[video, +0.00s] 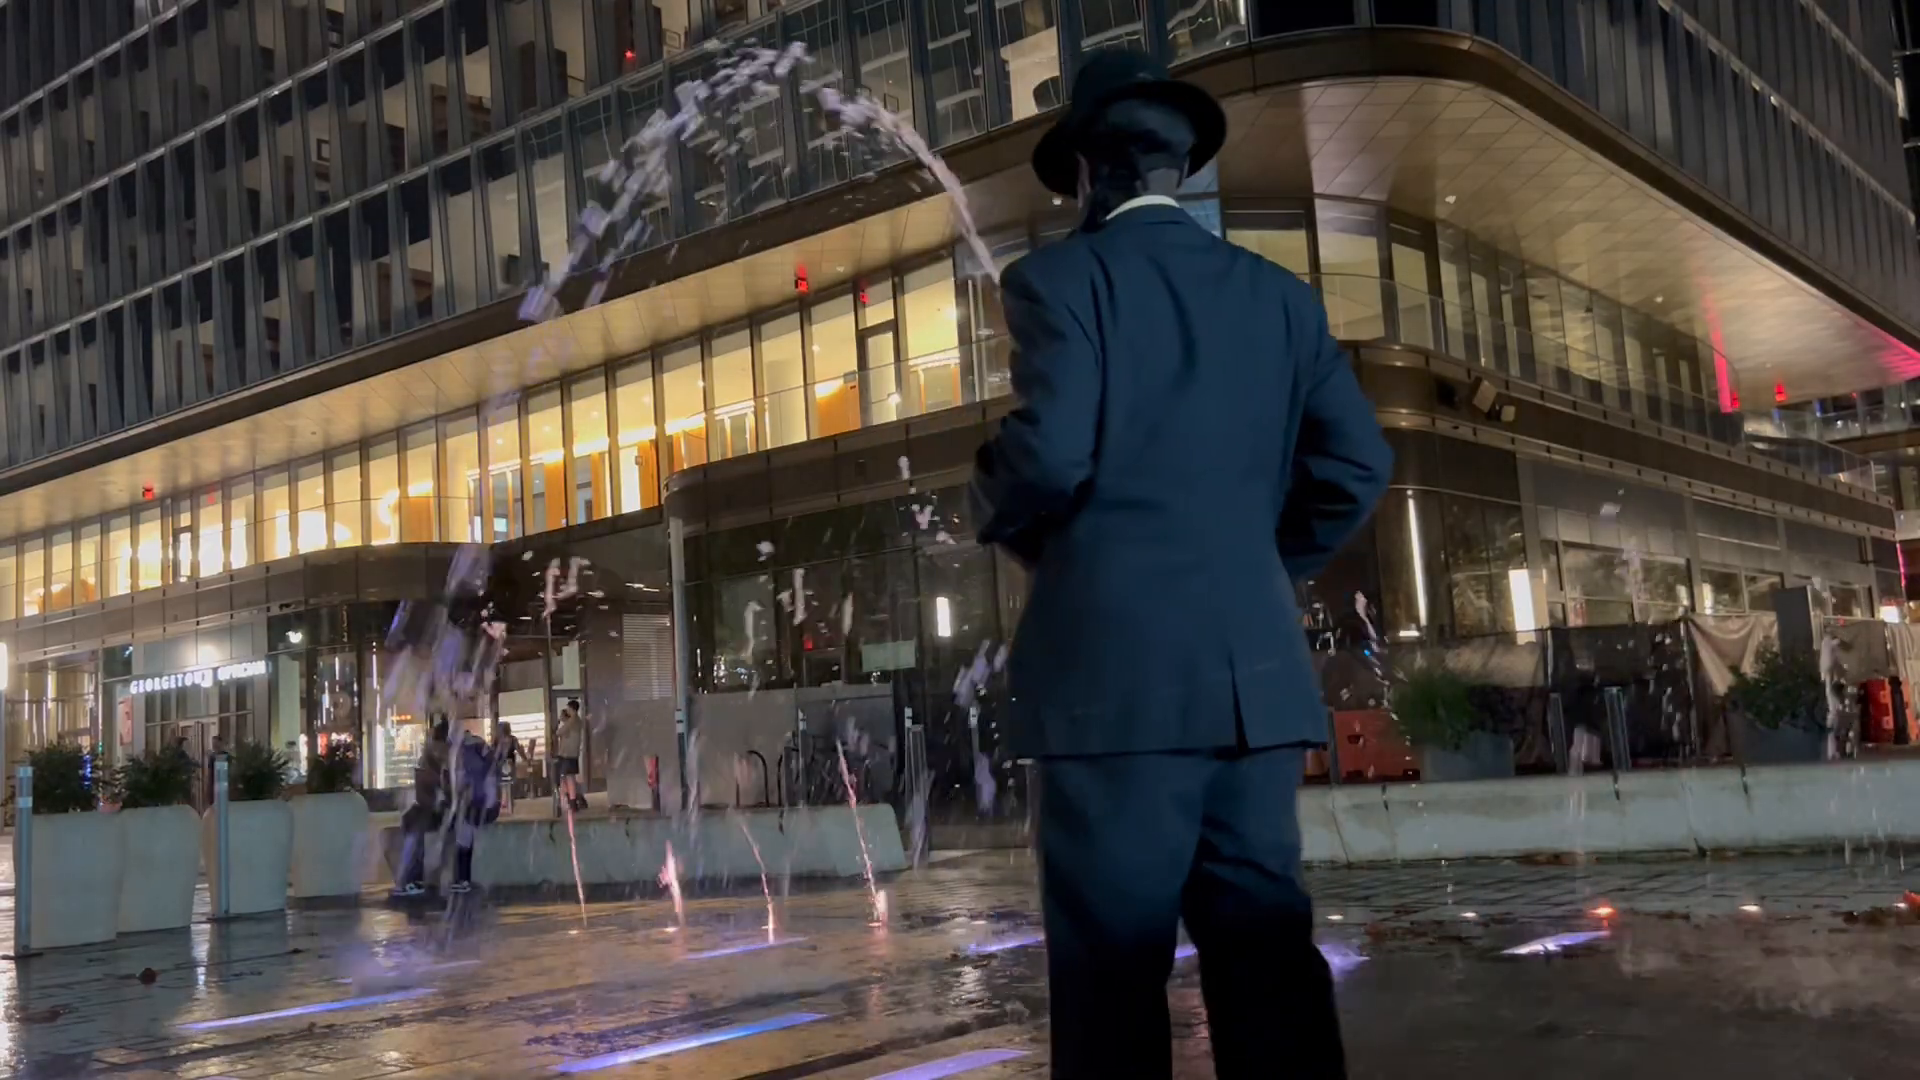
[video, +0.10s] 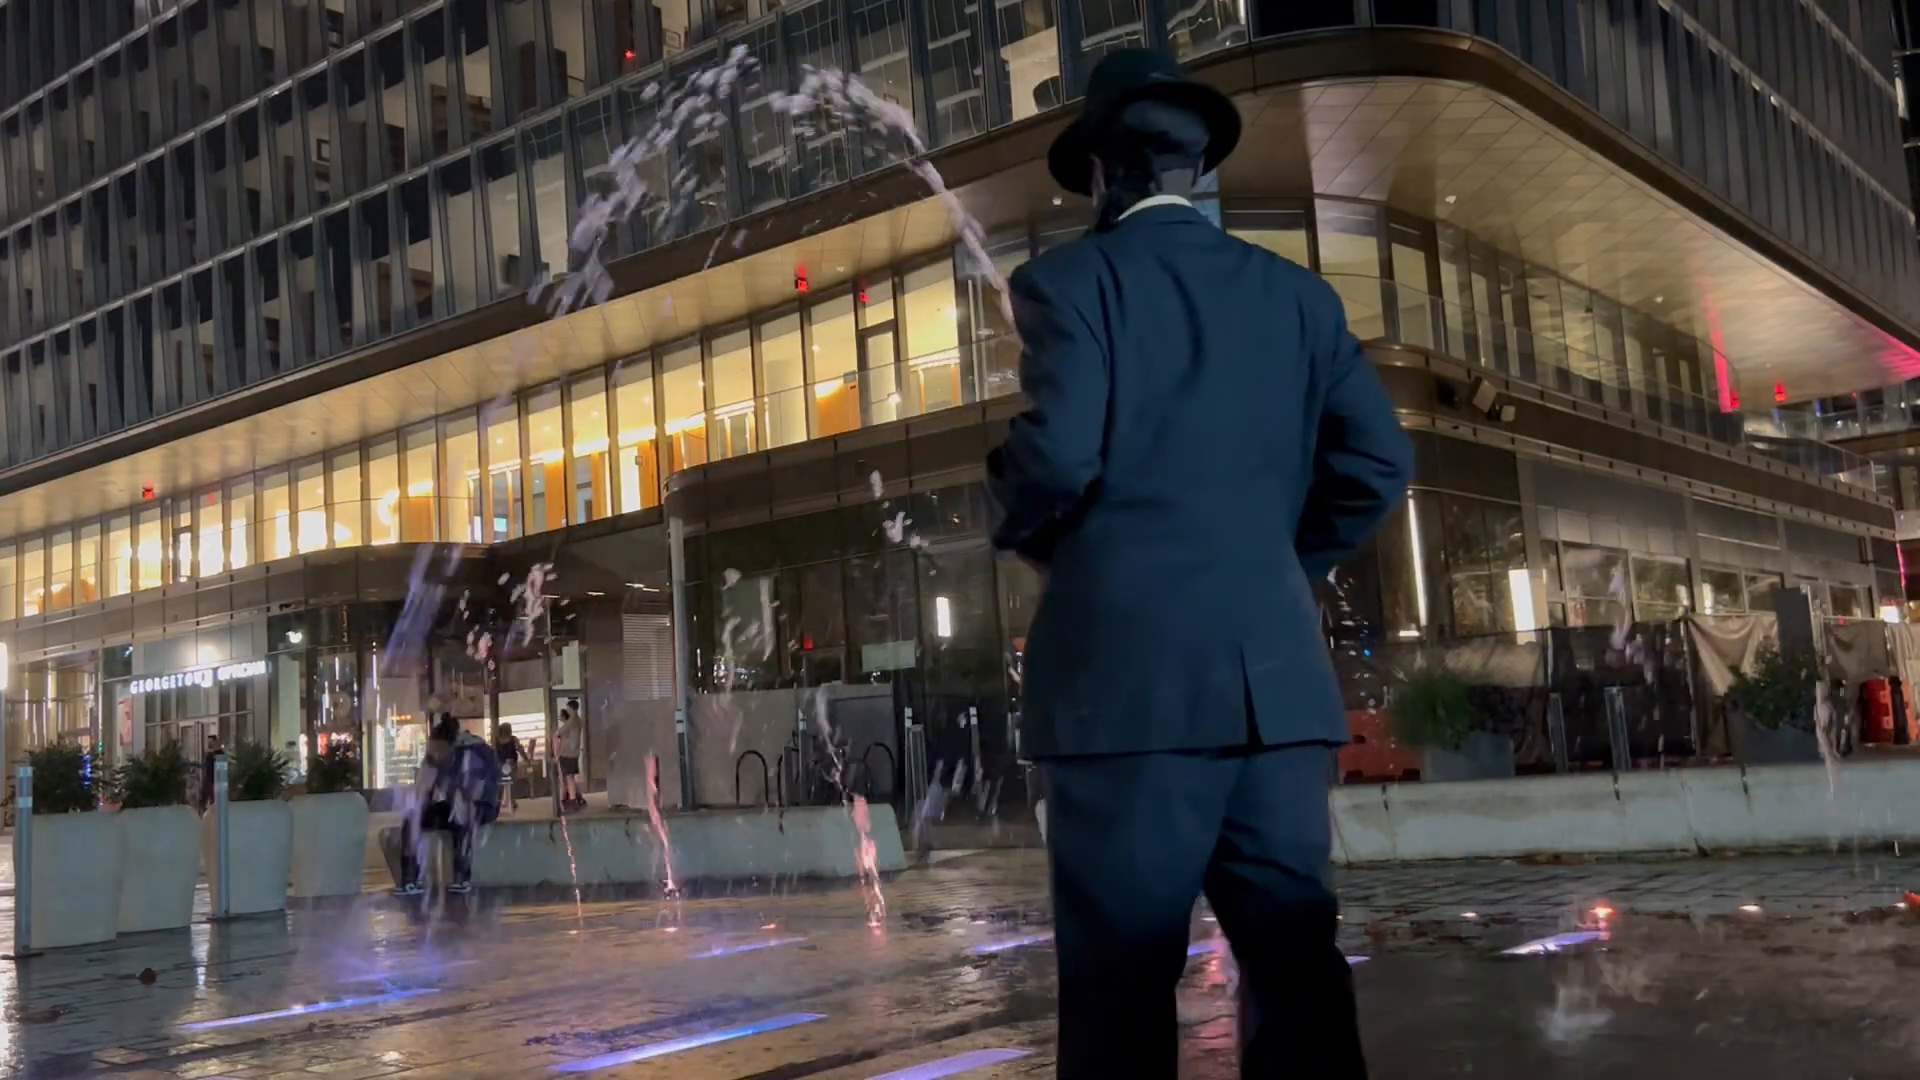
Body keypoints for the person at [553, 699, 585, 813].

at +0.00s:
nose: (567, 711)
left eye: (568, 709)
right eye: (567, 709)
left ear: (570, 709)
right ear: (577, 709)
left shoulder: (570, 722)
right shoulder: (579, 721)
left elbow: (559, 732)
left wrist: (560, 722)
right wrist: (565, 720)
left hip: (567, 753)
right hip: (573, 753)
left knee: (567, 777)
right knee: (570, 777)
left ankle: (572, 801)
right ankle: (573, 799)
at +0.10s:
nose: (567, 710)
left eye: (568, 708)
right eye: (568, 708)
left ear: (571, 708)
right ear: (576, 708)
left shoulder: (572, 721)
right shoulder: (578, 721)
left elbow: (561, 732)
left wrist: (557, 733)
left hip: (567, 753)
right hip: (573, 752)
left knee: (569, 778)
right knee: (570, 778)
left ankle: (572, 801)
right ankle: (577, 798)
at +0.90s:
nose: (560, 710)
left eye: (561, 708)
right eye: (561, 708)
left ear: (563, 708)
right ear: (569, 708)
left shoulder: (560, 720)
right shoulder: (572, 720)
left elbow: (552, 733)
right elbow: (571, 734)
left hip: (560, 753)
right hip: (568, 752)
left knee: (563, 779)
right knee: (570, 779)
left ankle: (564, 801)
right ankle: (572, 800)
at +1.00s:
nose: (558, 710)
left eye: (559, 708)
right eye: (559, 708)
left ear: (561, 708)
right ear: (568, 708)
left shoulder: (559, 721)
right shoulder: (571, 720)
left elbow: (551, 733)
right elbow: (568, 736)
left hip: (558, 754)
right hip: (568, 753)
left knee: (556, 781)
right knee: (570, 780)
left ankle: (556, 805)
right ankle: (572, 801)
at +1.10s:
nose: (558, 710)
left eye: (558, 708)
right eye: (558, 708)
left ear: (561, 708)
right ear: (567, 708)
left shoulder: (559, 720)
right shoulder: (570, 720)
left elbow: (552, 731)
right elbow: (570, 736)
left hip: (560, 754)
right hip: (568, 753)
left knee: (559, 779)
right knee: (570, 780)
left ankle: (558, 803)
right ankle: (571, 801)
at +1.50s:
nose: (558, 710)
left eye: (560, 708)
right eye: (558, 708)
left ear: (562, 708)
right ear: (567, 708)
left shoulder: (560, 720)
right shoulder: (570, 719)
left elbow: (556, 734)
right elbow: (571, 735)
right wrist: (570, 748)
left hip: (561, 752)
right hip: (568, 752)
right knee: (570, 778)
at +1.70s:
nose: (560, 710)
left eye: (563, 708)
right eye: (560, 707)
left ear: (568, 708)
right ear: (559, 708)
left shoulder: (571, 721)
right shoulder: (558, 720)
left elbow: (569, 739)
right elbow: (554, 736)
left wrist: (567, 754)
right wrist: (551, 753)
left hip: (567, 754)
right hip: (556, 753)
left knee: (568, 779)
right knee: (555, 780)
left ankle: (571, 802)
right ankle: (555, 803)